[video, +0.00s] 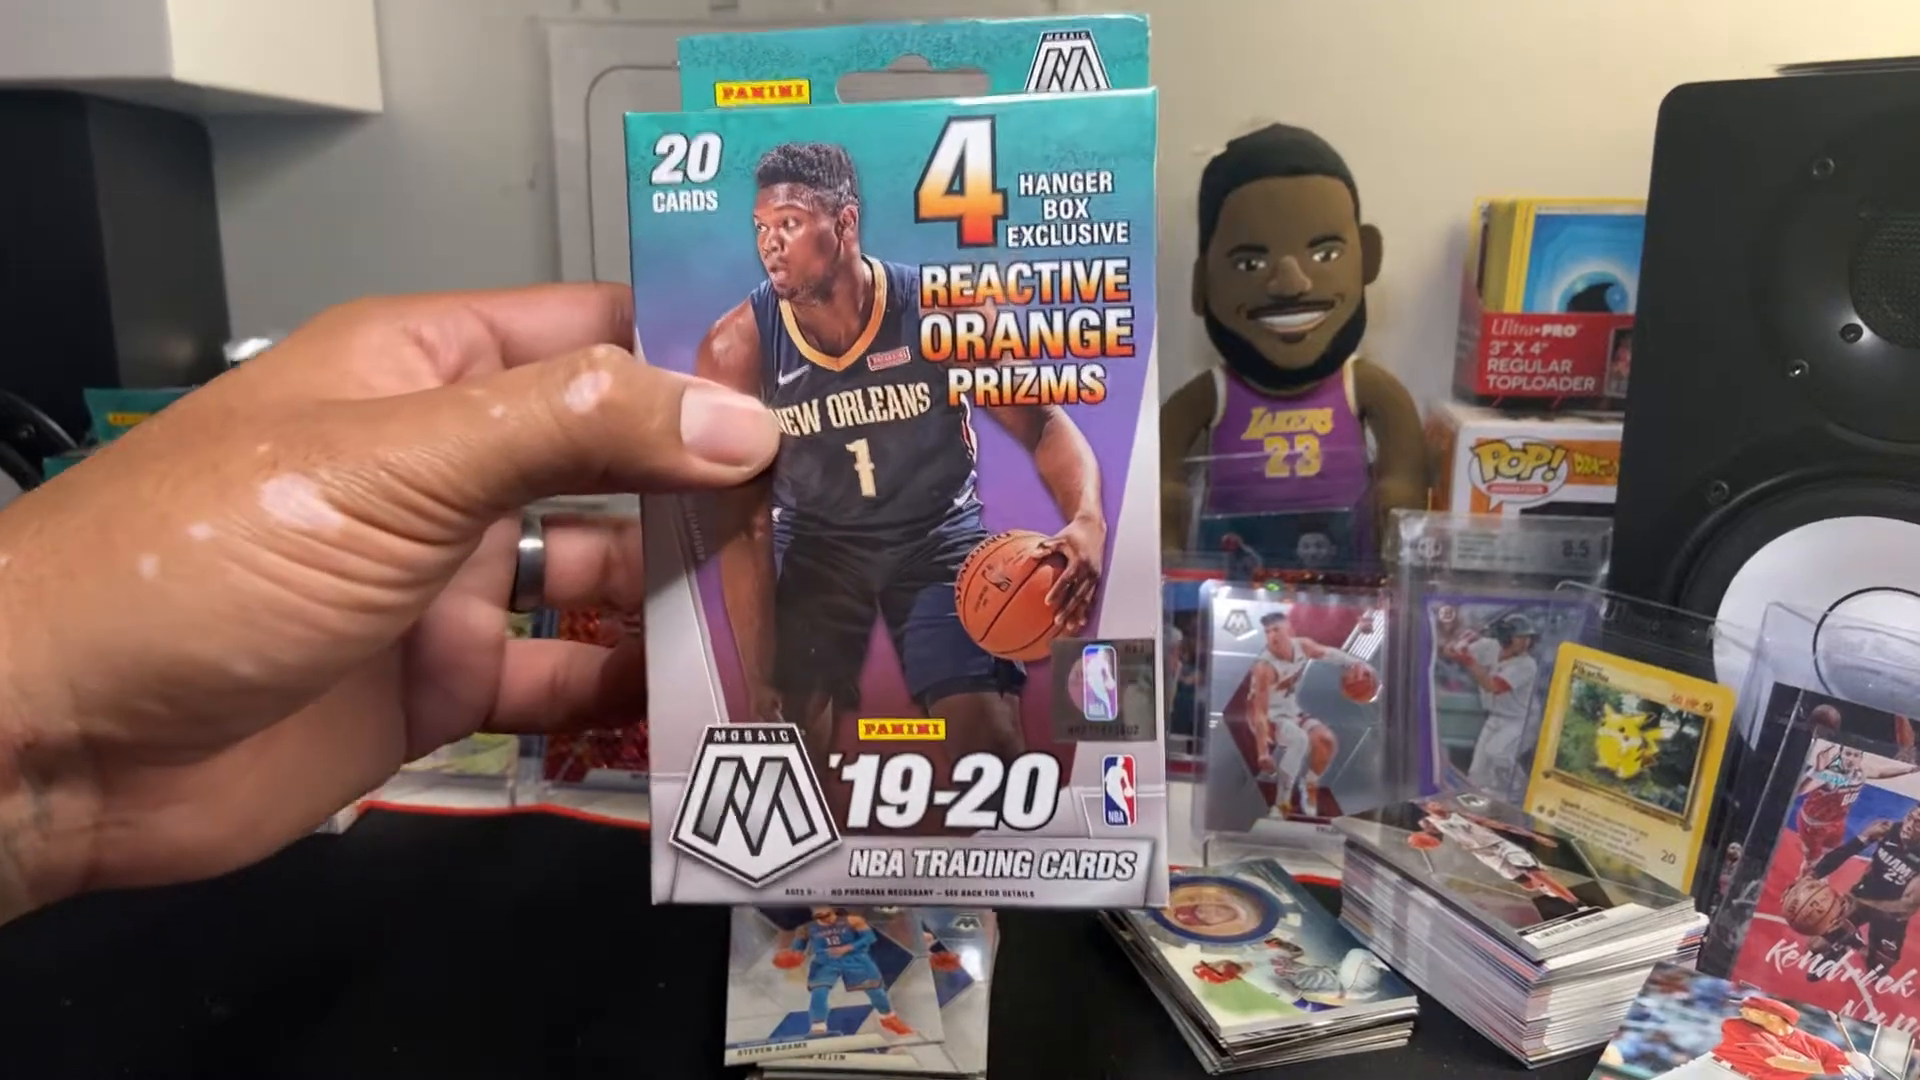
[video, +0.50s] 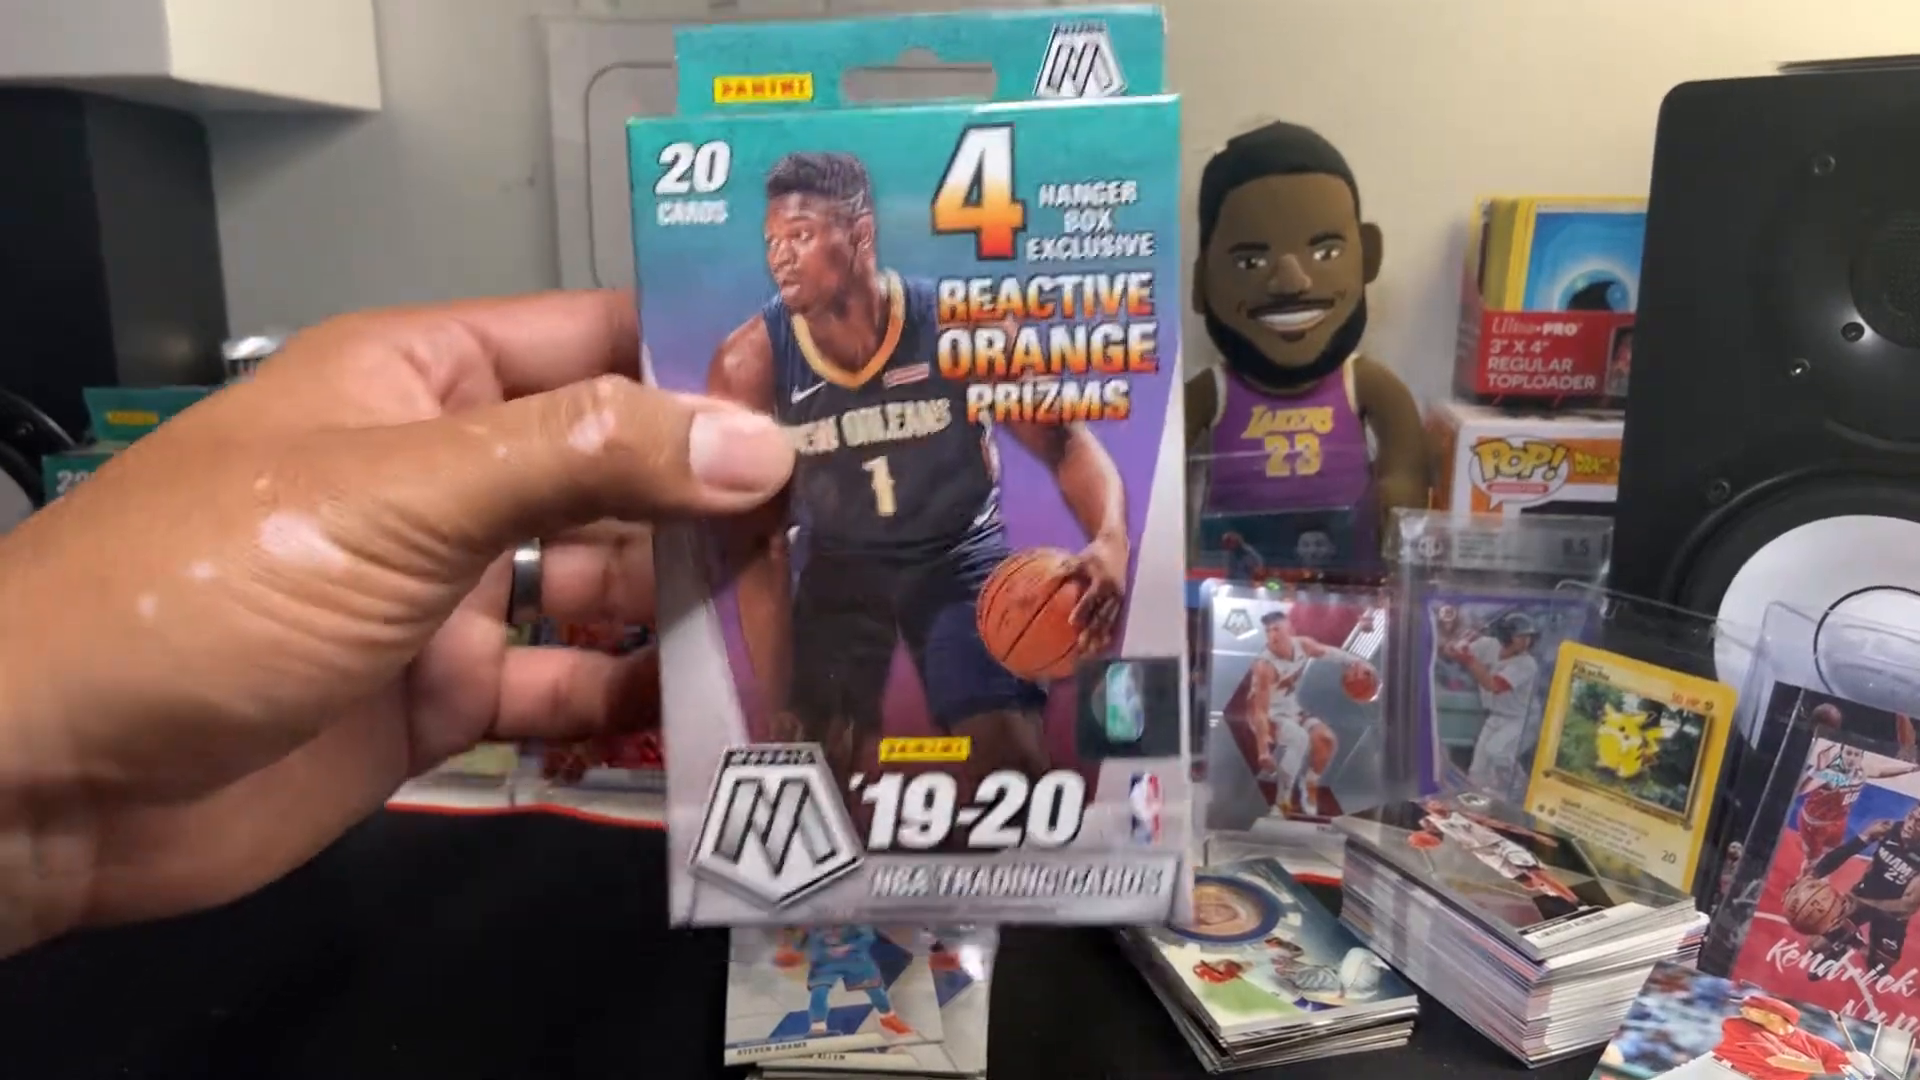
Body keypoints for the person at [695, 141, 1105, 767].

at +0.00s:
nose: (770, 245)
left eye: (789, 224)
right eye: (762, 228)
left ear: (847, 223)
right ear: (754, 234)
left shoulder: (939, 312)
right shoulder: (738, 346)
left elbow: (1041, 425)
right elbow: (742, 524)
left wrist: (1088, 519)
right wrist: (758, 688)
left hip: (940, 536)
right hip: (819, 546)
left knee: (984, 730)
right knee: (797, 735)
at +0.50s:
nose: (780, 258)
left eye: (800, 237)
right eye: (772, 242)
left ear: (862, 235)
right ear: (764, 248)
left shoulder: (957, 327)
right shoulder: (751, 361)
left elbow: (1063, 443)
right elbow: (756, 542)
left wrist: (1112, 539)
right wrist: (775, 708)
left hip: (960, 557)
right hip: (840, 568)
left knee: (1002, 750)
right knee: (825, 765)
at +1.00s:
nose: (830, 287)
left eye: (849, 264)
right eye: (821, 269)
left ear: (910, 262)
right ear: (813, 276)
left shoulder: (1008, 352)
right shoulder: (799, 393)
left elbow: (1120, 466)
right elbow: (808, 580)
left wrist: (1173, 564)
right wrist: (829, 750)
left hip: (1018, 593)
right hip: (893, 606)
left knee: (1069, 790)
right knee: (877, 809)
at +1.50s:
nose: (825, 241)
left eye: (844, 217)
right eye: (815, 221)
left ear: (908, 212)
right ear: (807, 225)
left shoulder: (1014, 307)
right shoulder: (795, 353)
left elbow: (1131, 426)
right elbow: (811, 554)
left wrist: (1183, 523)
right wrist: (832, 725)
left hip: (1024, 557)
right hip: (898, 573)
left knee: (1080, 755)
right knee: (879, 773)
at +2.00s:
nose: (811, 408)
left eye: (832, 384)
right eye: (801, 389)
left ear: (895, 387)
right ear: (791, 399)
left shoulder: (999, 487)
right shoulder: (774, 520)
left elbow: (1115, 608)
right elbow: (781, 728)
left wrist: (1162, 712)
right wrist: (790, 920)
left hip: (999, 750)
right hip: (870, 759)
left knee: (1052, 946)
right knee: (842, 963)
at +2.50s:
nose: (794, 309)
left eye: (815, 286)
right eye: (785, 291)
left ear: (879, 286)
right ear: (777, 299)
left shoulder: (982, 379)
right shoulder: (759, 423)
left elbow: (1093, 499)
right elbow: (771, 621)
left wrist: (1147, 600)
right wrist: (788, 798)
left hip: (989, 629)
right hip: (856, 643)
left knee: (1040, 840)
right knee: (829, 859)